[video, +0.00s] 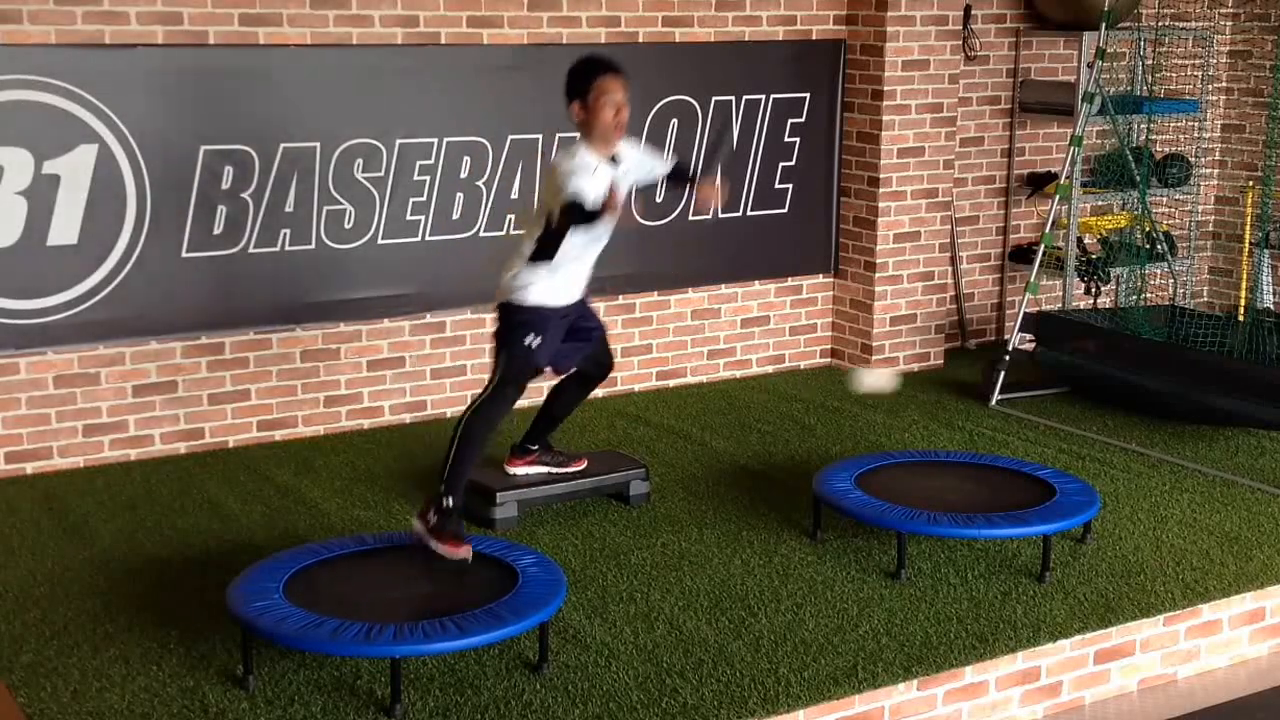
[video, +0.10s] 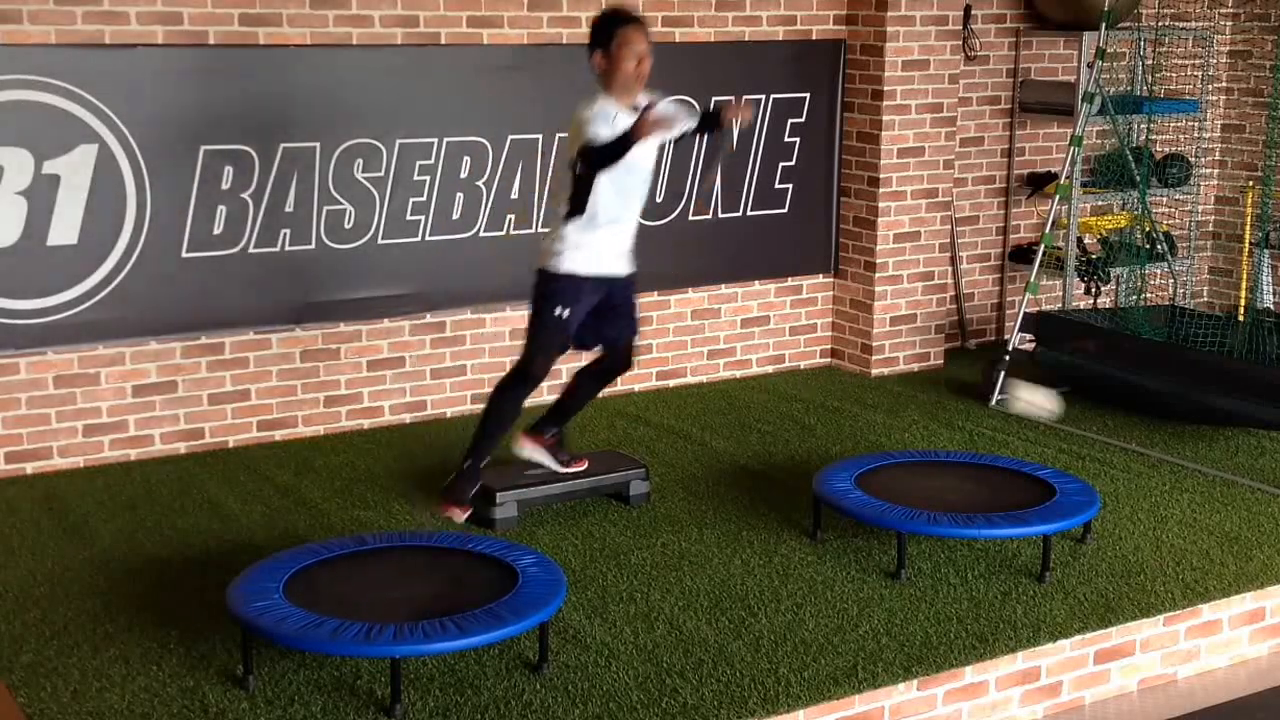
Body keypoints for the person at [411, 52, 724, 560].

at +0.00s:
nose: (621, 114)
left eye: (625, 104)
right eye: (609, 105)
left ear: (628, 107)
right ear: (580, 111)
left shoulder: (625, 154)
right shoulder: (570, 163)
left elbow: (666, 170)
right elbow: (577, 206)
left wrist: (701, 185)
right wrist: (607, 208)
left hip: (568, 299)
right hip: (530, 299)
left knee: (596, 365)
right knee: (502, 393)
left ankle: (530, 449)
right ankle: (442, 510)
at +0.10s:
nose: (643, 64)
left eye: (647, 54)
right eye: (632, 54)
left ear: (650, 58)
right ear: (600, 60)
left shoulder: (650, 110)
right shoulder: (593, 113)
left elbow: (687, 122)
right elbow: (590, 163)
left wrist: (721, 116)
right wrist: (637, 135)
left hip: (615, 267)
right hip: (570, 265)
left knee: (618, 356)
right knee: (532, 369)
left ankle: (545, 434)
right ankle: (467, 476)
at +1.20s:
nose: (978, 257)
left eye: (981, 246)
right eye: (970, 244)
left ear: (967, 249)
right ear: (933, 241)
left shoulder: (956, 292)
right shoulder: (887, 277)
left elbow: (1018, 328)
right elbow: (827, 337)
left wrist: (1097, 346)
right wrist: (836, 410)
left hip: (848, 351)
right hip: (791, 347)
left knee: (937, 347)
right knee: (687, 404)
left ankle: (909, 462)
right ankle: (572, 453)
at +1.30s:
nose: (969, 239)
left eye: (971, 229)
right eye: (960, 228)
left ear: (958, 235)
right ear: (925, 229)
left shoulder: (946, 283)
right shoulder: (875, 269)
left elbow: (990, 341)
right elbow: (818, 334)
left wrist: (1044, 391)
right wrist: (821, 406)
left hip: (849, 340)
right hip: (791, 333)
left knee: (933, 348)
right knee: (684, 400)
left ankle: (910, 463)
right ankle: (572, 454)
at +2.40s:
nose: (505, 204)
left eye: (511, 192)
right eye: (492, 193)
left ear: (518, 194)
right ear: (462, 197)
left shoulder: (521, 235)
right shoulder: (444, 252)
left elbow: (562, 255)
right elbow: (435, 307)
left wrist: (583, 262)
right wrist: (461, 338)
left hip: (472, 356)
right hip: (414, 354)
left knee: (525, 410)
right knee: (403, 422)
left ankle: (520, 456)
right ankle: (373, 552)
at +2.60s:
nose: (465, 278)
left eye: (473, 266)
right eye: (451, 268)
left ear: (479, 262)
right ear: (420, 270)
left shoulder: (489, 286)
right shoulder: (401, 312)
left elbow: (550, 297)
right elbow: (410, 369)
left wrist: (559, 320)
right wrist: (452, 393)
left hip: (447, 379)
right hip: (388, 381)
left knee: (492, 417)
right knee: (372, 429)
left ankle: (525, 451)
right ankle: (371, 553)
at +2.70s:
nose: (456, 295)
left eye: (464, 282)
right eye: (443, 285)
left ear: (472, 276)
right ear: (413, 283)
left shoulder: (484, 299)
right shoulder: (394, 324)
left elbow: (549, 312)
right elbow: (400, 386)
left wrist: (557, 349)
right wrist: (435, 403)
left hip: (449, 382)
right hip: (384, 386)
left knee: (497, 426)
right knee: (371, 435)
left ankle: (527, 452)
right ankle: (371, 554)